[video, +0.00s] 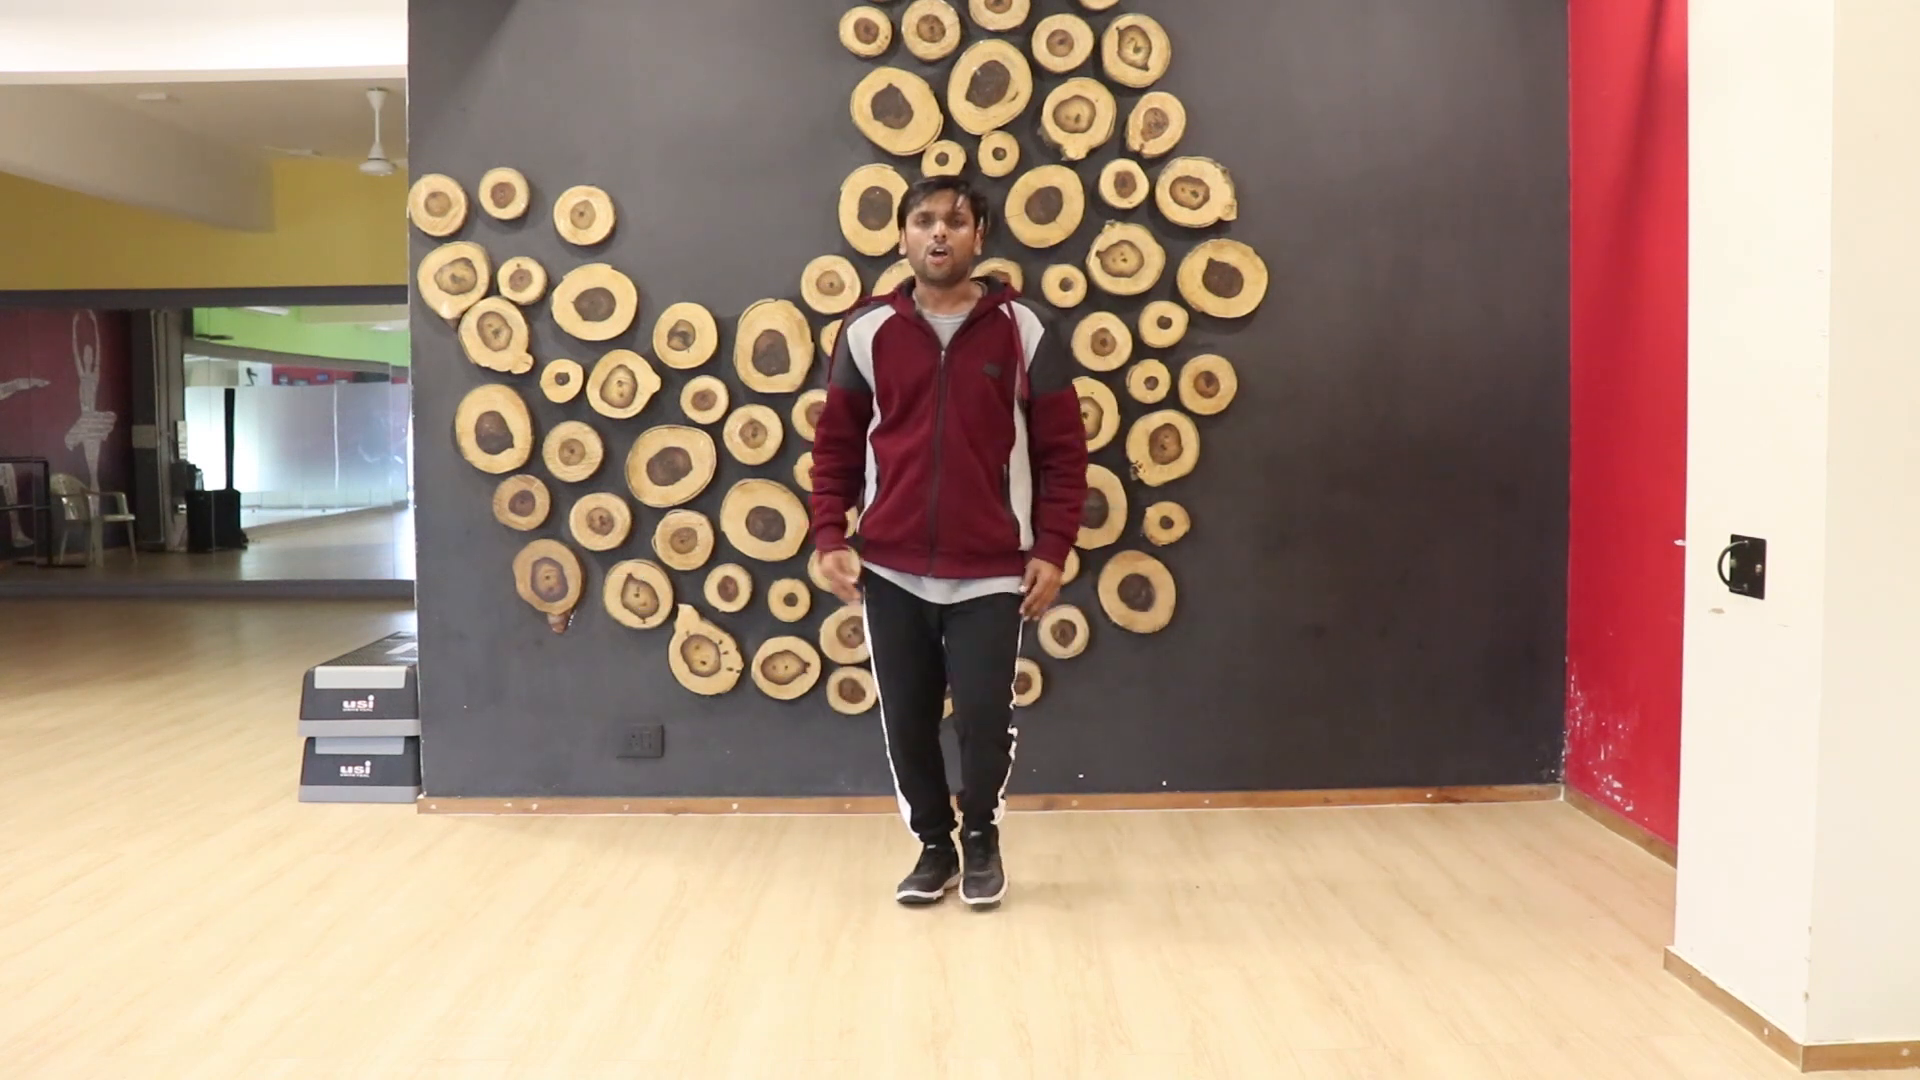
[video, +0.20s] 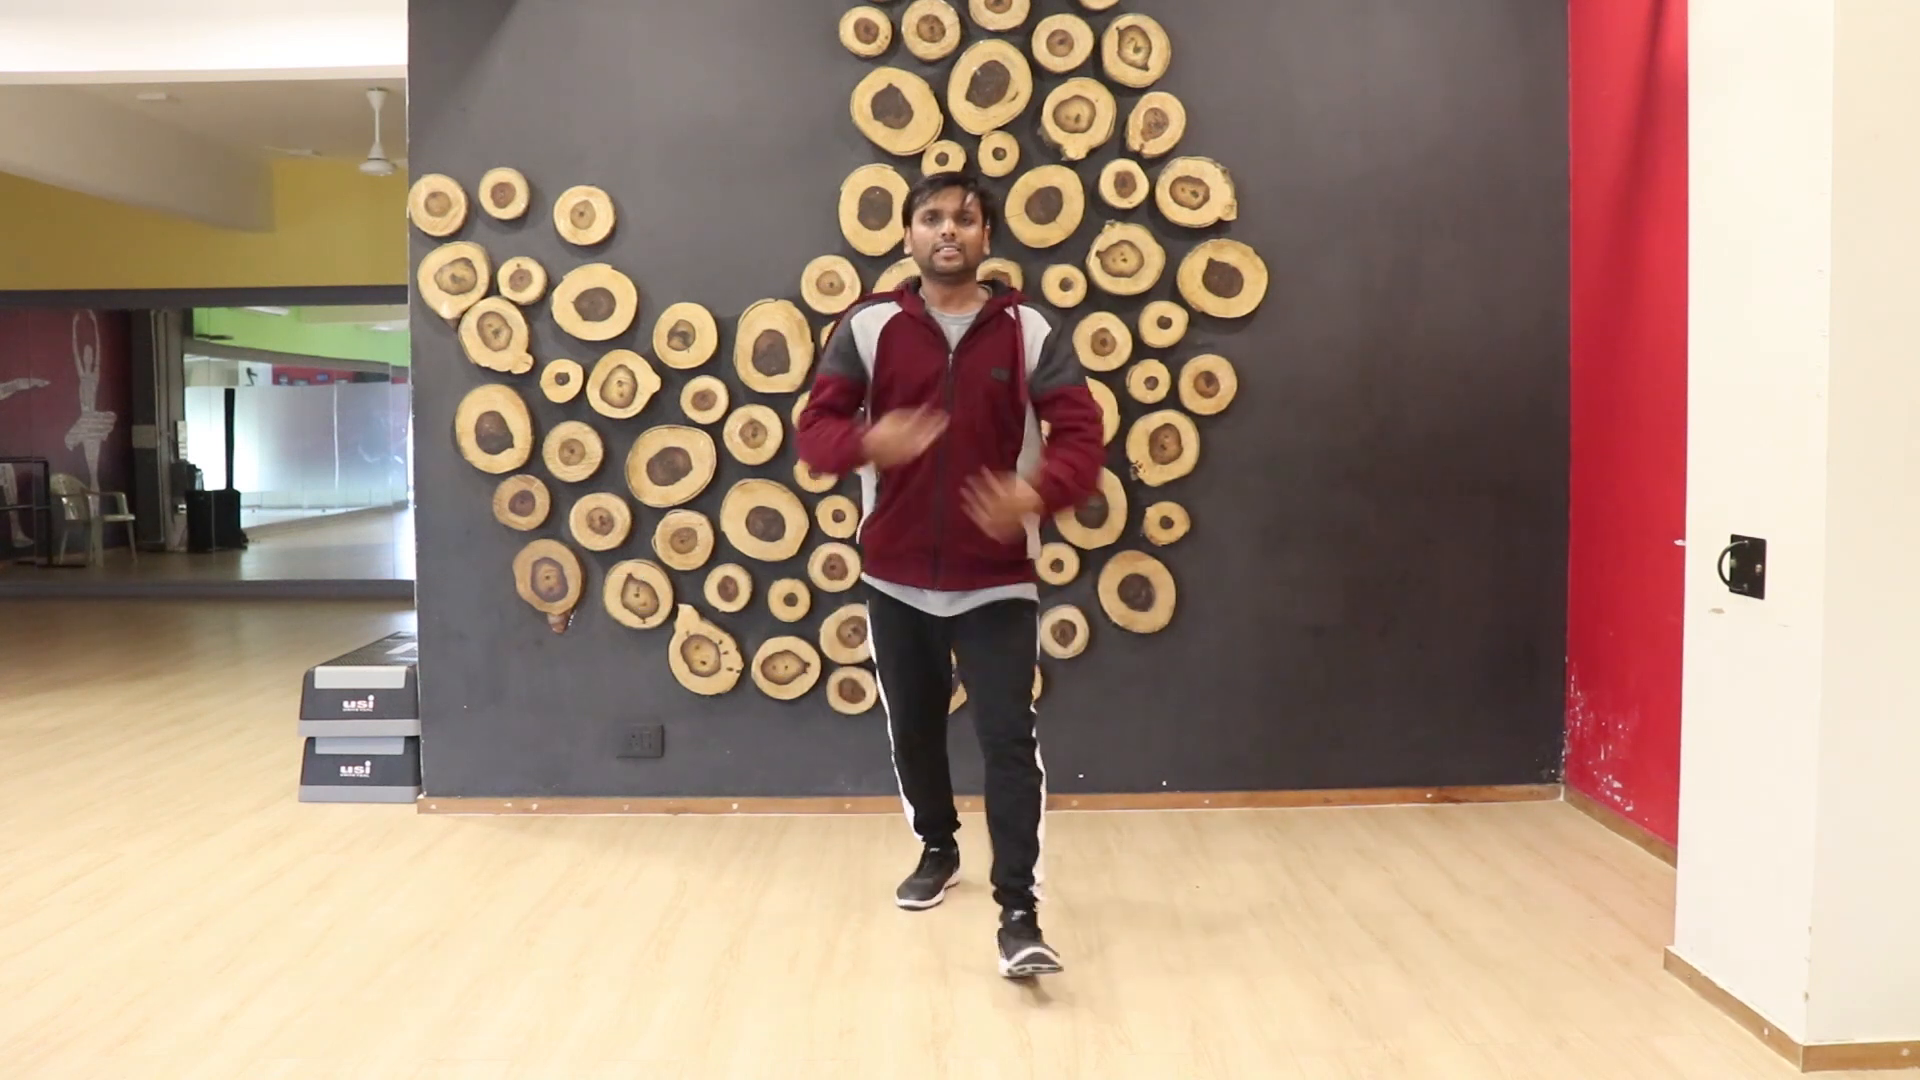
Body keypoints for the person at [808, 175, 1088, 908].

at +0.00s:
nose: (938, 234)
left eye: (954, 222)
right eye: (924, 222)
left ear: (979, 238)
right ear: (904, 238)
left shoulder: (1022, 330)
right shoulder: (864, 333)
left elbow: (1060, 447)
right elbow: (836, 444)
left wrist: (1052, 548)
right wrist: (830, 536)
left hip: (989, 567)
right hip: (892, 566)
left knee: (983, 717)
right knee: (906, 721)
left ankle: (979, 835)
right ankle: (934, 846)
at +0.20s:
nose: (949, 230)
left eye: (965, 218)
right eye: (933, 217)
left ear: (987, 237)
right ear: (908, 237)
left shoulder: (1027, 329)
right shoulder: (867, 325)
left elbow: (1081, 434)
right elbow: (815, 435)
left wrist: (1034, 492)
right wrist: (869, 441)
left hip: (997, 576)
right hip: (896, 575)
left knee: (1009, 737)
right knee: (911, 730)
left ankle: (1019, 913)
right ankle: (936, 847)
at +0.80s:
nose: (922, 229)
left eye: (927, 214)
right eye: (900, 215)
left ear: (935, 225)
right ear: (851, 231)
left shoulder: (935, 311)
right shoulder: (846, 330)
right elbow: (913, 415)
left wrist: (1000, 296)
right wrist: (926, 313)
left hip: (995, 604)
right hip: (890, 608)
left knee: (1055, 783)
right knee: (807, 778)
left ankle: (1036, 938)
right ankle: (698, 928)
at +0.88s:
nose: (923, 231)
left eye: (928, 216)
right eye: (903, 216)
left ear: (931, 225)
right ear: (850, 227)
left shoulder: (917, 314)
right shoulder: (836, 327)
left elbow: (947, 387)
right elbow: (878, 414)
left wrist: (942, 318)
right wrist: (895, 309)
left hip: (993, 602)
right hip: (893, 611)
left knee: (1068, 773)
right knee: (820, 781)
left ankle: (1043, 940)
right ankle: (697, 928)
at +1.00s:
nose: (949, 227)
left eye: (955, 213)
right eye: (931, 210)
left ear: (949, 224)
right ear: (874, 217)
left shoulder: (915, 305)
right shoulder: (834, 287)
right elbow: (783, 235)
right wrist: (792, 173)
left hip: (972, 580)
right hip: (897, 586)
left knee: (1048, 757)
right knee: (853, 778)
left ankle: (1043, 940)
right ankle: (712, 919)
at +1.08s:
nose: (962, 233)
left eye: (967, 219)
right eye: (943, 214)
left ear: (956, 229)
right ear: (887, 216)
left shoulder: (925, 295)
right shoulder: (840, 274)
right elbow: (819, 166)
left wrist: (955, 171)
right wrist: (827, 71)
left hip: (937, 556)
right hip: (871, 557)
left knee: (1025, 754)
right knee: (880, 789)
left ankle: (1035, 941)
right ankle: (727, 914)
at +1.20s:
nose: (930, 266)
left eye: (931, 248)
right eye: (915, 246)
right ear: (866, 242)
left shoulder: (903, 338)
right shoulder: (813, 294)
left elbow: (977, 373)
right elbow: (915, 236)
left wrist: (1038, 344)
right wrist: (1011, 195)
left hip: (918, 581)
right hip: (852, 583)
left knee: (1019, 761)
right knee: (873, 814)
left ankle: (1033, 944)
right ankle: (728, 923)